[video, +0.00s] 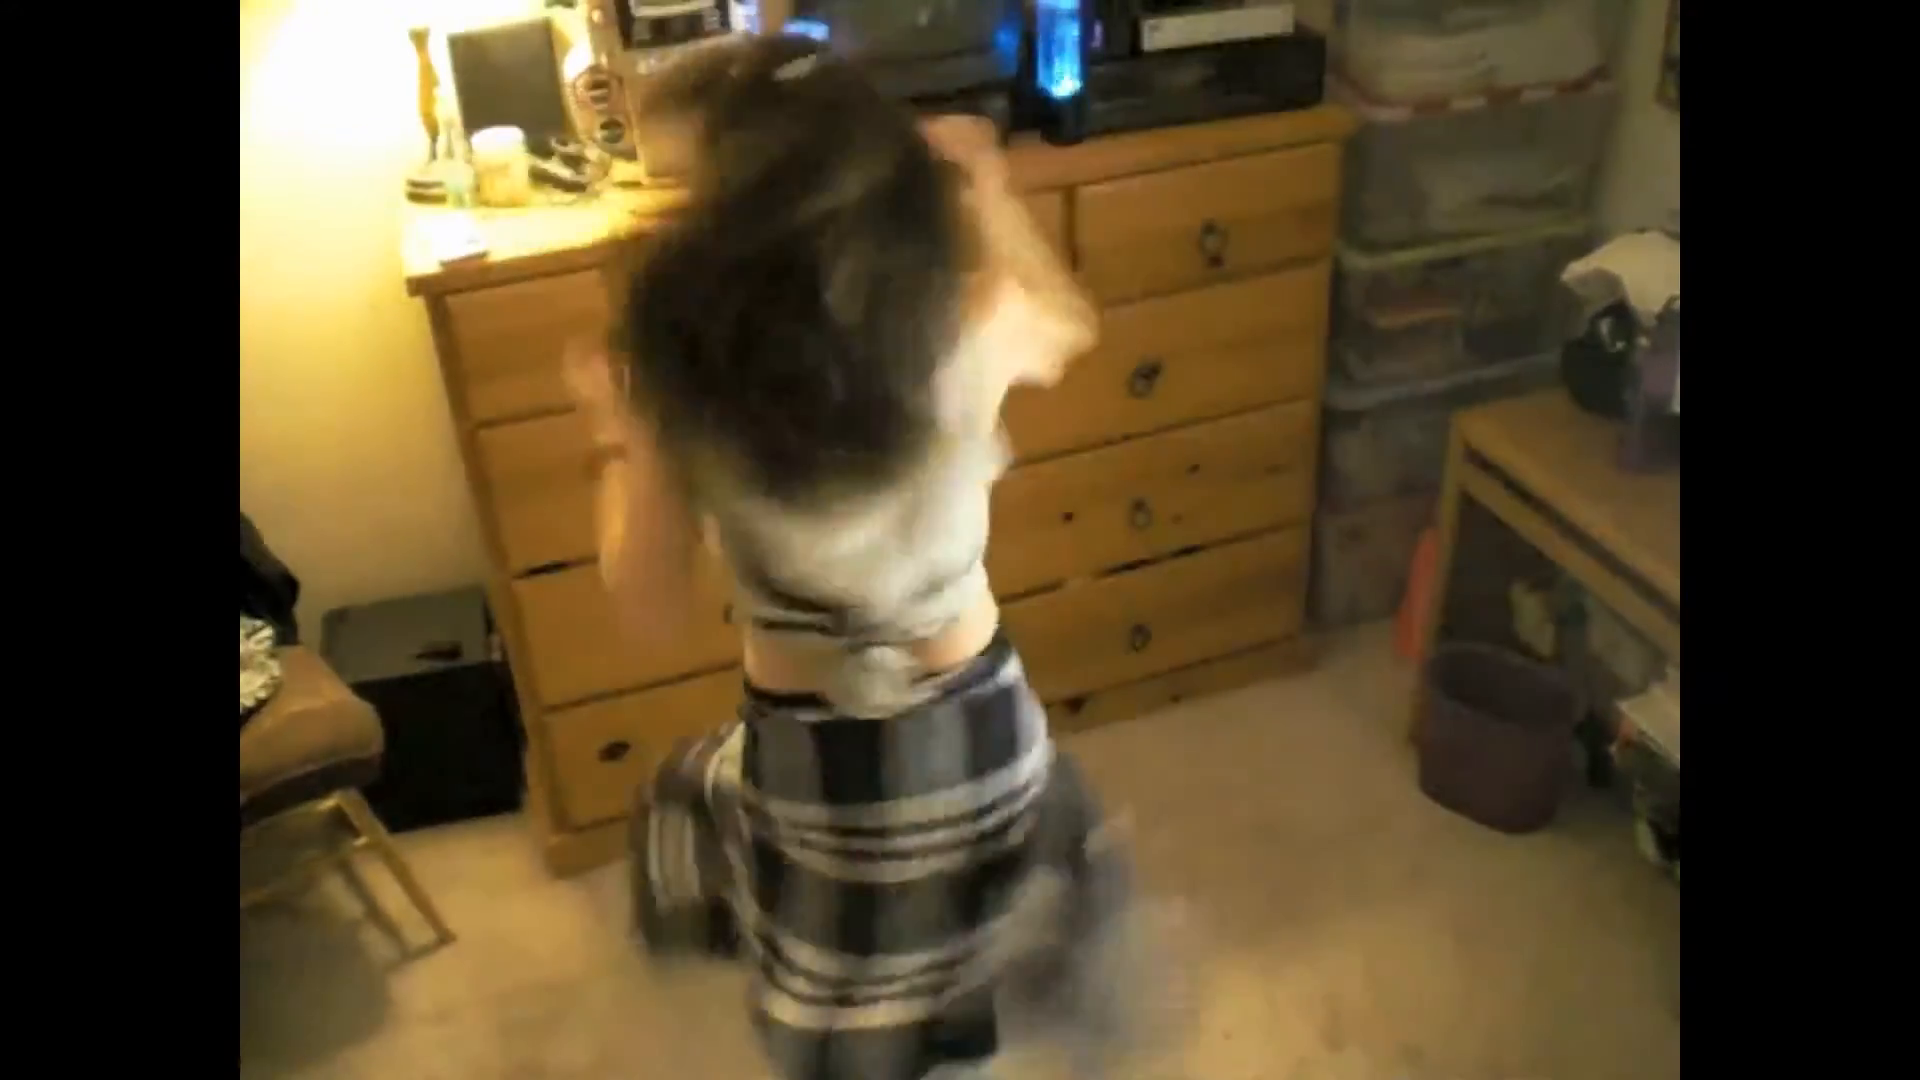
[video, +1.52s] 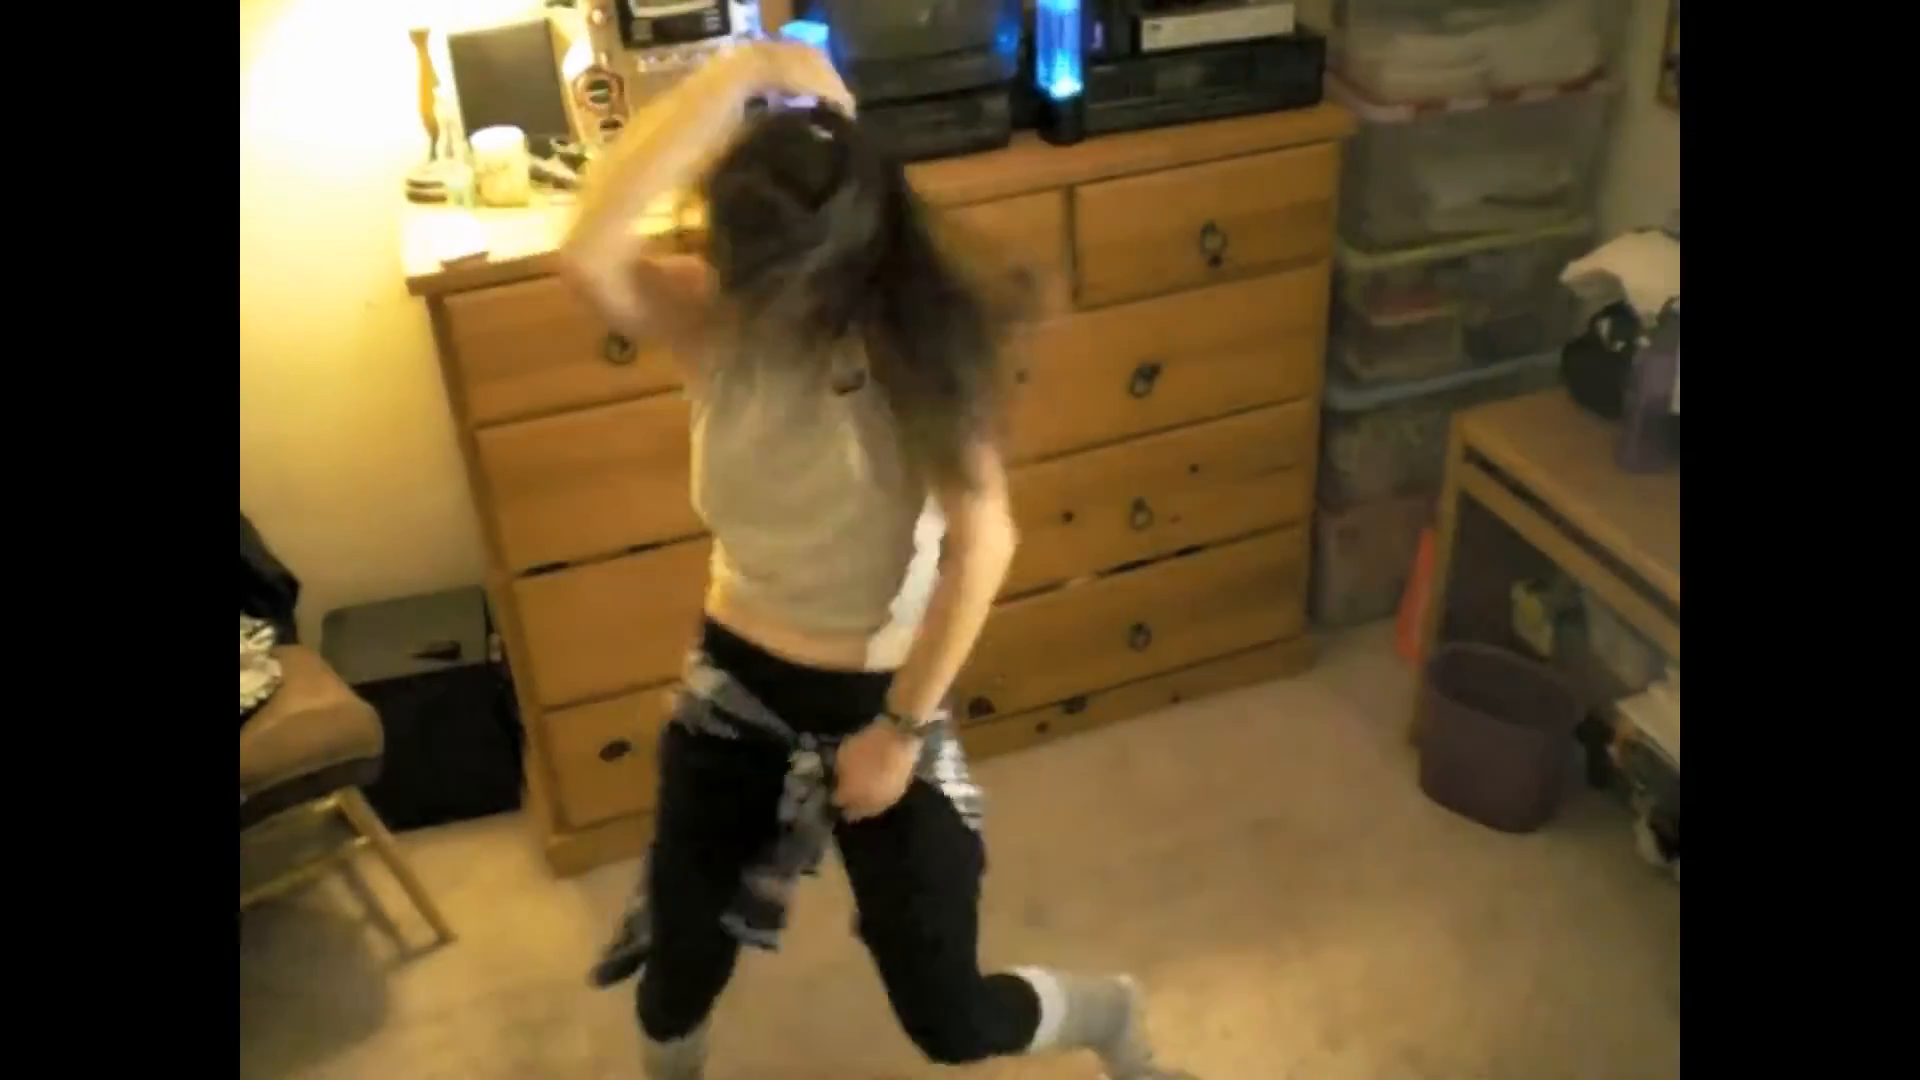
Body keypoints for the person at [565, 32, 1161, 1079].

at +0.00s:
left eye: (675, 177)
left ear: (722, 208)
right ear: (896, 190)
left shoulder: (684, 364)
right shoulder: (961, 333)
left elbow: (650, 606)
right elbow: (1061, 319)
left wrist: (625, 440)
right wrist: (992, 192)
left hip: (806, 749)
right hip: (975, 725)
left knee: (834, 1026)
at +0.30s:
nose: (807, 246)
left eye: (832, 207)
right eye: (772, 214)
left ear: (879, 196)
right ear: (731, 213)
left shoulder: (932, 338)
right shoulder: (722, 282)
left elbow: (923, 637)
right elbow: (701, 478)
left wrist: (791, 771)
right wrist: (669, 680)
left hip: (929, 723)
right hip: (798, 706)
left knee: (900, 991)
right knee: (814, 940)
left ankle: (1023, 1056)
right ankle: (906, 1048)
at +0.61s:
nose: (844, 297)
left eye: (839, 253)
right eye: (802, 298)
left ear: (857, 223)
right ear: (755, 322)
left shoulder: (930, 283)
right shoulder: (775, 416)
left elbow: (963, 463)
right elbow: (756, 625)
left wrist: (1006, 646)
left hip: (967, 703)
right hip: (826, 747)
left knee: (1011, 1001)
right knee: (885, 1038)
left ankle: (999, 1069)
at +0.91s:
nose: (720, 316)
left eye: (703, 271)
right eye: (673, 332)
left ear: (739, 245)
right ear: (662, 379)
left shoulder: (882, 291)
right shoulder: (715, 468)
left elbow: (962, 461)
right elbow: (902, 615)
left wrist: (961, 642)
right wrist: (753, 442)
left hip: (909, 721)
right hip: (770, 750)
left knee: (1012, 994)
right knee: (768, 1046)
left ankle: (1002, 1072)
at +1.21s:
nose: (641, 320)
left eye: (661, 293)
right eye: (640, 291)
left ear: (749, 285)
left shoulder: (904, 387)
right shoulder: (657, 369)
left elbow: (953, 588)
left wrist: (871, 756)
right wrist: (599, 250)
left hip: (837, 744)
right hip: (663, 746)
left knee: (999, 934)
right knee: (674, 1023)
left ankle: (1062, 1033)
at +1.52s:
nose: (779, 322)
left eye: (802, 300)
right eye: (758, 296)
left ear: (855, 264)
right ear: (733, 255)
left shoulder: (922, 338)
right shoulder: (719, 315)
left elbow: (984, 533)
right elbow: (589, 260)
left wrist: (899, 726)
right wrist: (729, 76)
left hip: (884, 708)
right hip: (738, 686)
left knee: (947, 1022)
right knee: (679, 972)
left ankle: (1108, 1012)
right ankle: (668, 1061)